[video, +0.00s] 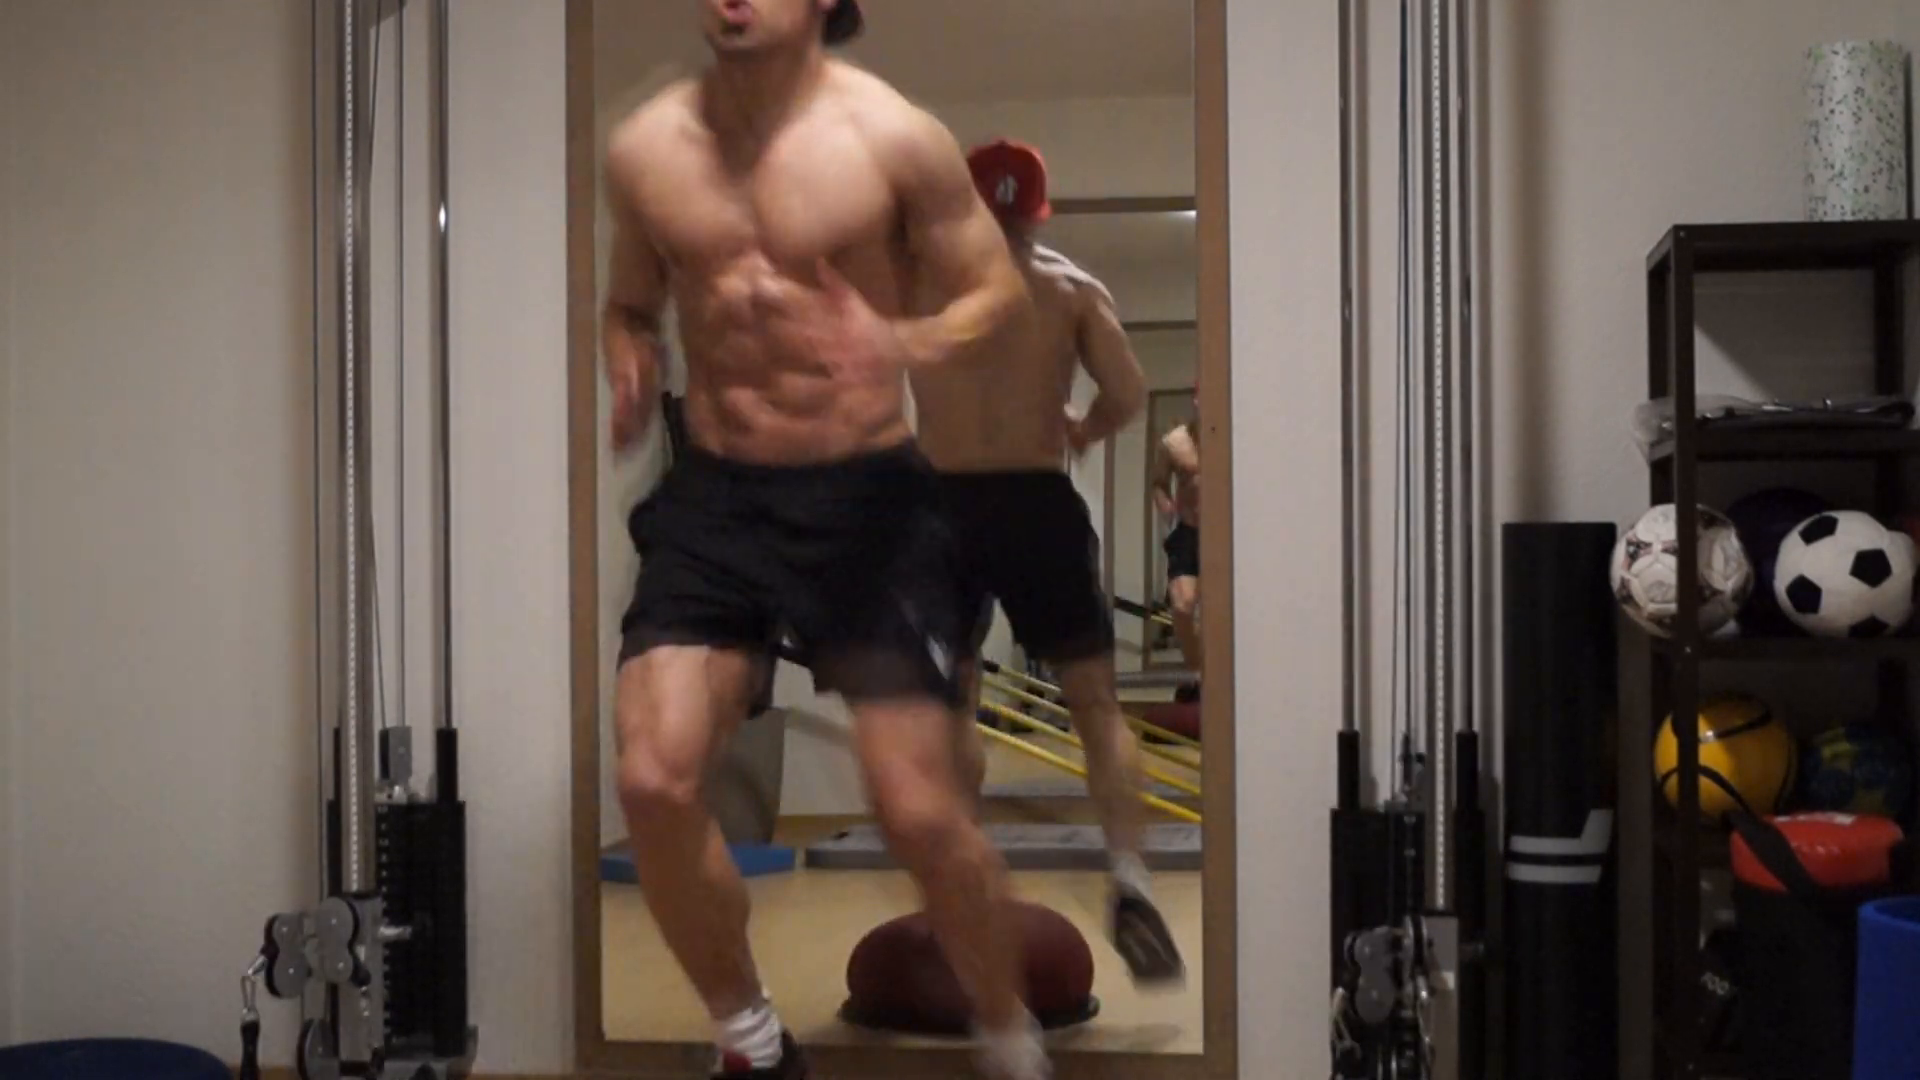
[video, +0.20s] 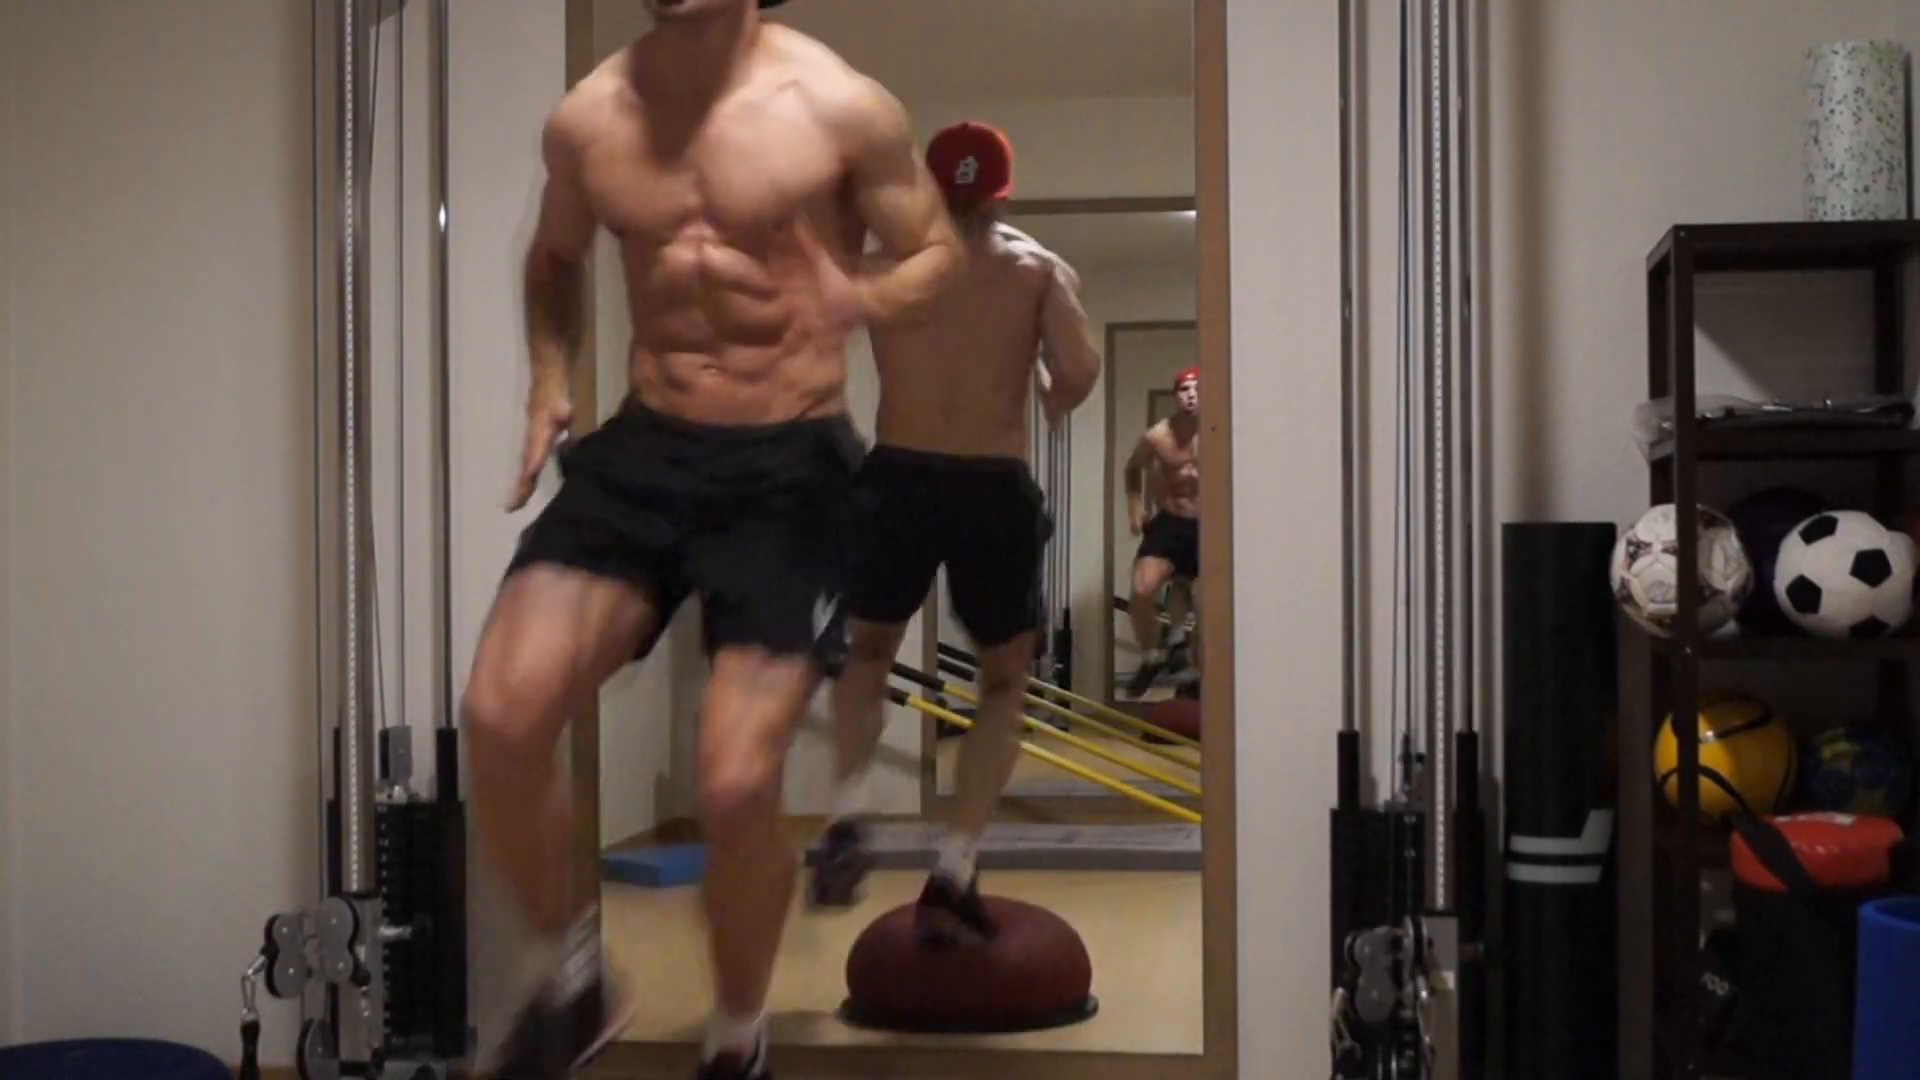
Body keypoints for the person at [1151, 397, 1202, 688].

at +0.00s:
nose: (1201, 403)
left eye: (1207, 395)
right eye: (1199, 395)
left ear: (1219, 401)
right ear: (1194, 400)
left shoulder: (1227, 441)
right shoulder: (1176, 442)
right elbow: (1159, 482)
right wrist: (1166, 503)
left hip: (1221, 531)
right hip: (1188, 530)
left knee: (1220, 606)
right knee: (1183, 603)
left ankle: (1216, 677)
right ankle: (1193, 671)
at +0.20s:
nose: (1190, 396)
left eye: (1196, 389)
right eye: (1184, 390)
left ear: (1205, 395)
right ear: (1176, 396)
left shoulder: (1213, 435)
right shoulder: (1157, 437)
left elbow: (1228, 475)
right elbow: (1133, 470)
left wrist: (1222, 511)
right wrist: (1135, 509)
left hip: (1207, 524)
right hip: (1169, 522)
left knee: (1215, 603)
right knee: (1141, 591)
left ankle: (1206, 673)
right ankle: (1150, 658)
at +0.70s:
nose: (1193, 393)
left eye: (1198, 387)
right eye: (1188, 387)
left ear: (1208, 392)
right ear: (1179, 394)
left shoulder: (1215, 428)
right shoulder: (1159, 434)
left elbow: (1230, 468)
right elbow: (1137, 476)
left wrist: (1216, 497)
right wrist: (1159, 500)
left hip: (1211, 518)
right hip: (1176, 519)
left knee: (1214, 600)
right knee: (1182, 601)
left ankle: (1212, 669)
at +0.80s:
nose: (1195, 399)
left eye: (1200, 392)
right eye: (1191, 393)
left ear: (1209, 397)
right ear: (1183, 397)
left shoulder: (1216, 433)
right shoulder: (1164, 436)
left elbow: (1231, 474)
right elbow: (1145, 482)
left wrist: (1208, 480)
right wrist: (1172, 489)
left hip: (1213, 528)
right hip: (1181, 527)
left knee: (1212, 605)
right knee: (1186, 603)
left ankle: (1208, 672)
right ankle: (1183, 671)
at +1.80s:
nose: (1189, 403)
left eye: (1190, 393)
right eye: (1186, 395)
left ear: (1200, 396)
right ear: (1185, 399)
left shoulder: (1221, 438)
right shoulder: (1179, 439)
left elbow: (1149, 451)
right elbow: (1148, 453)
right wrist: (1157, 408)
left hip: (1210, 540)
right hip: (1185, 538)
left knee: (1205, 626)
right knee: (1172, 627)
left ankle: (1197, 694)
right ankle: (1167, 705)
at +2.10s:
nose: (1199, 462)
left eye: (1204, 454)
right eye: (1196, 453)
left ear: (1212, 458)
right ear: (1190, 455)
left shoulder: (1220, 492)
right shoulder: (1174, 493)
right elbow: (1169, 545)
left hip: (1211, 575)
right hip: (1184, 573)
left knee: (1188, 636)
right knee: (1161, 634)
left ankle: (1191, 688)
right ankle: (1167, 707)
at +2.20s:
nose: (1203, 498)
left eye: (1206, 492)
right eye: (1198, 491)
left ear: (1216, 494)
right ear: (1191, 490)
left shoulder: (1224, 530)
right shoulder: (1178, 530)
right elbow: (1172, 588)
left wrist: (1207, 626)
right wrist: (1175, 639)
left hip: (1217, 594)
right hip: (1185, 592)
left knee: (1211, 639)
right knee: (1153, 636)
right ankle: (1167, 709)